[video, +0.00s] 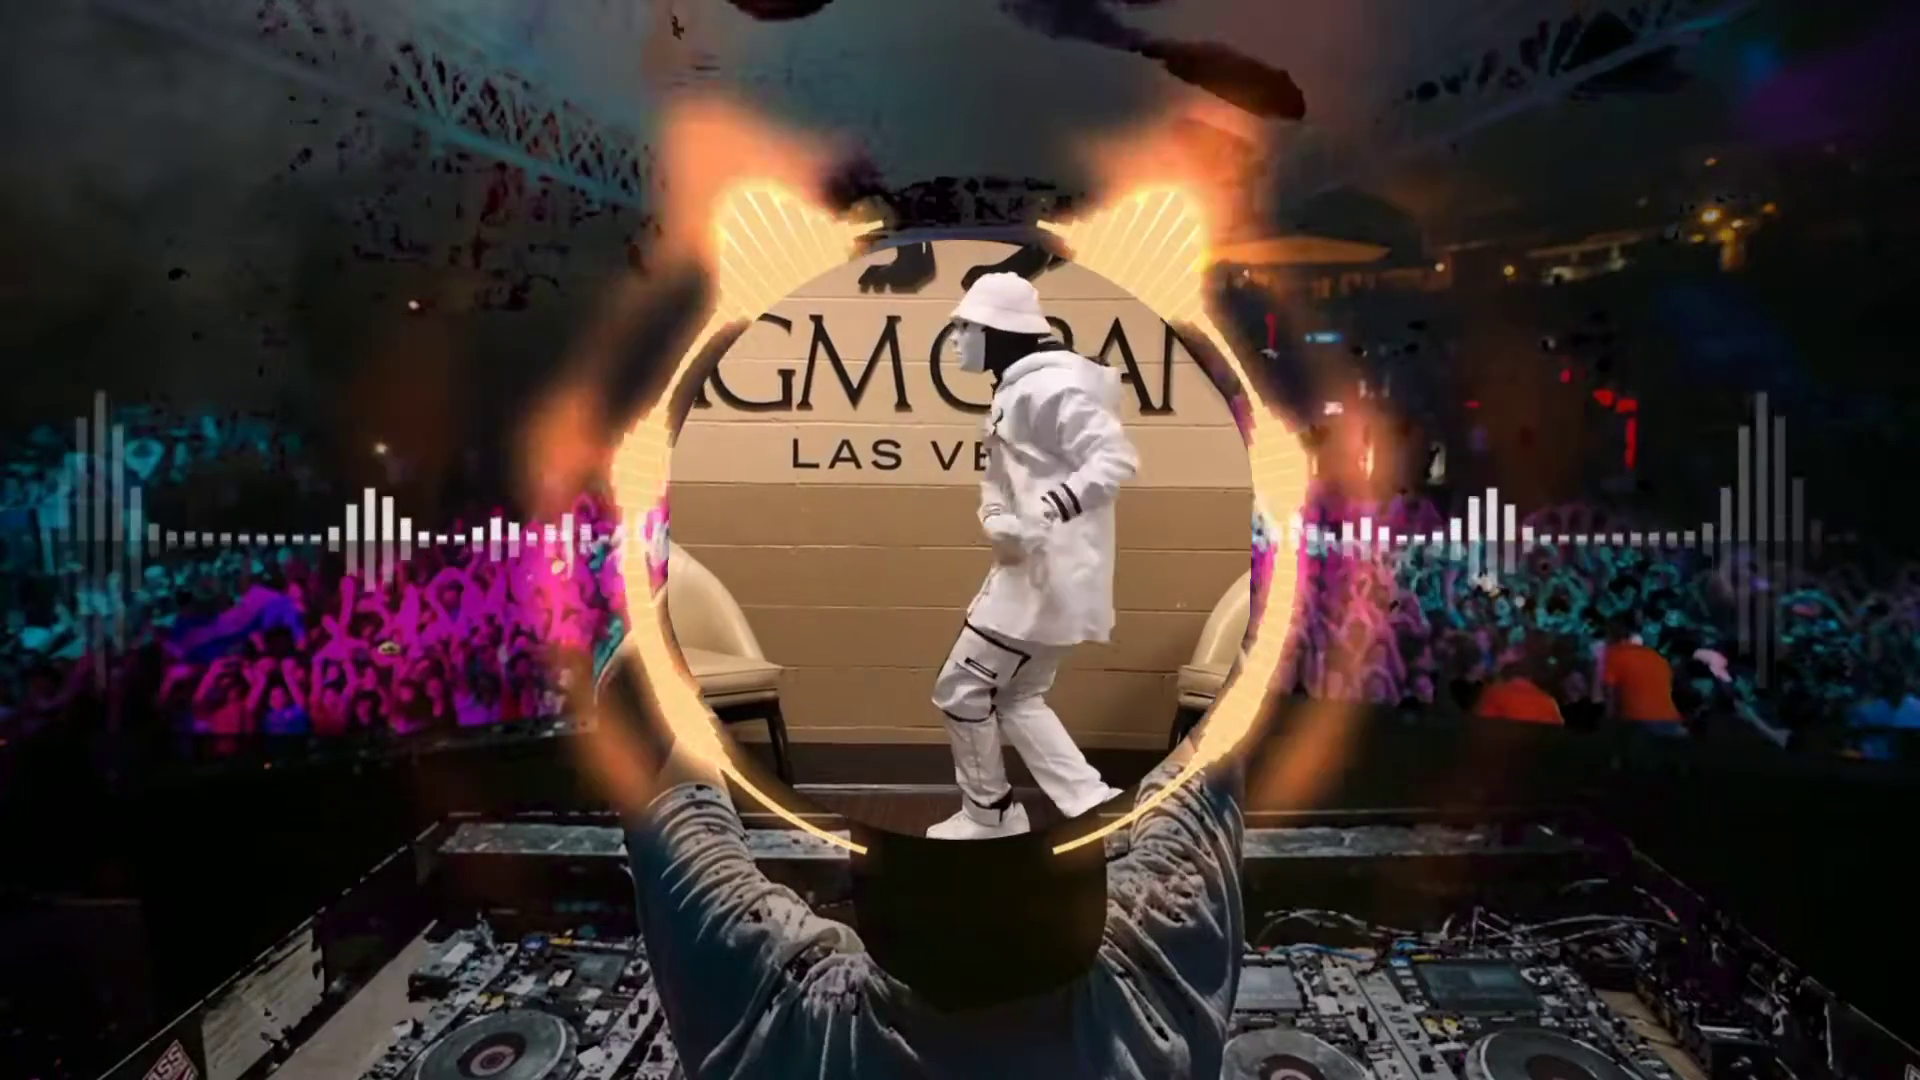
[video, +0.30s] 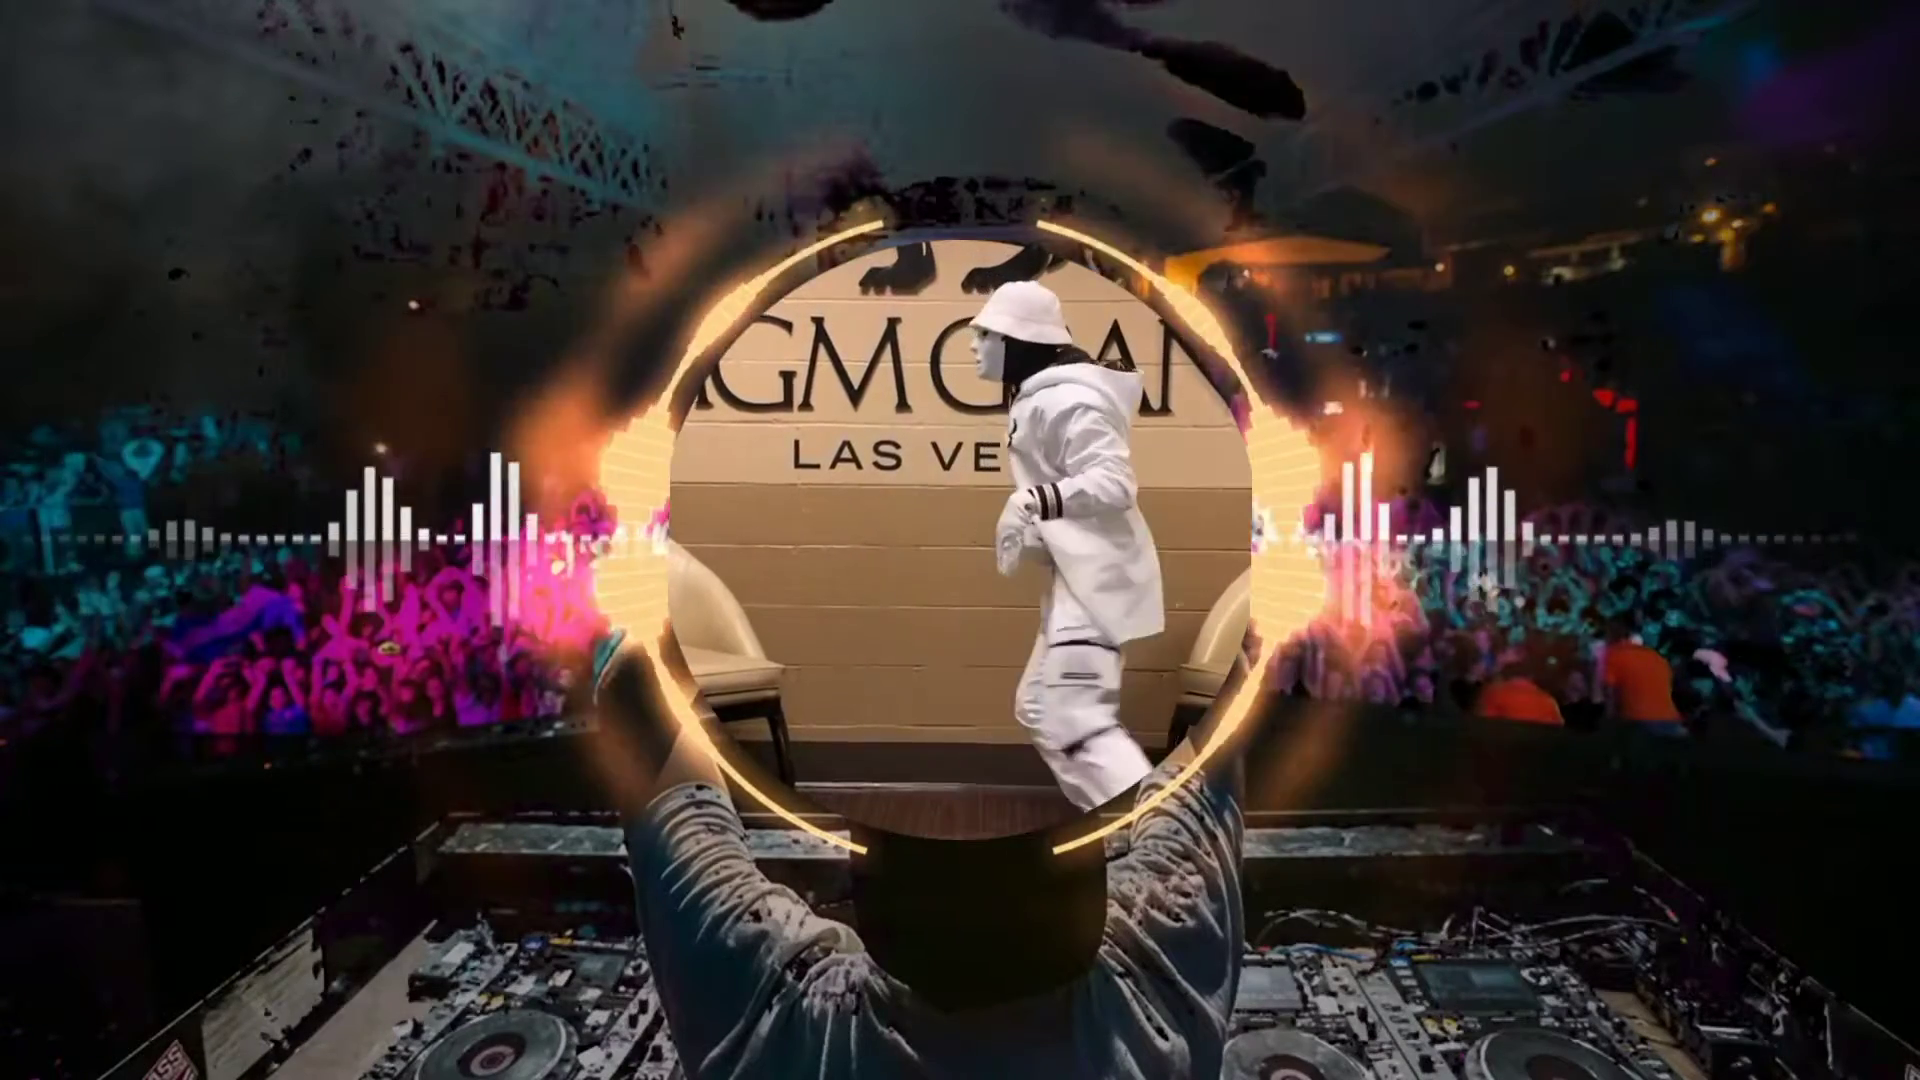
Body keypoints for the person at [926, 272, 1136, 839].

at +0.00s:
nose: (958, 338)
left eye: (967, 328)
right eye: (960, 327)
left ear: (1000, 331)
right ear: (1008, 331)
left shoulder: (1050, 386)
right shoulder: (1025, 387)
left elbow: (1112, 459)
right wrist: (1011, 508)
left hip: (1039, 580)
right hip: (1047, 580)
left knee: (963, 692)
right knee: (1017, 699)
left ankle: (988, 814)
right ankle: (1092, 803)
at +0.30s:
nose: (979, 350)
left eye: (988, 339)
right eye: (980, 339)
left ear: (1020, 344)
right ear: (1027, 345)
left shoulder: (1070, 398)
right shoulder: (1039, 402)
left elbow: (1114, 482)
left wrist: (1035, 500)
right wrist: (1031, 521)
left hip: (1099, 580)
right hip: (1074, 581)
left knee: (1069, 707)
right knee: (1040, 704)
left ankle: (1155, 815)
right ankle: (1123, 820)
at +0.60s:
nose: (1071, 376)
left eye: (1084, 364)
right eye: (1060, 364)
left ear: (1107, 371)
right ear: (1048, 372)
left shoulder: (1143, 423)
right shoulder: (1022, 433)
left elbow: (1140, 474)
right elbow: (1005, 512)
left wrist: (1053, 478)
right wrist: (1035, 527)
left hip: (1138, 605)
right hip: (1056, 617)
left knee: (1163, 719)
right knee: (1036, 750)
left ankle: (1177, 830)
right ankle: (1105, 824)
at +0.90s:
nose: (1095, 482)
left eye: (1109, 469)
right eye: (1082, 470)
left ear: (1127, 477)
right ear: (1065, 477)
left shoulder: (1159, 522)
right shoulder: (1033, 532)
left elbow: (1156, 550)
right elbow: (1032, 587)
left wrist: (1066, 557)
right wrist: (1053, 622)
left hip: (1144, 706)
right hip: (1068, 724)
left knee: (1152, 702)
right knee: (1066, 864)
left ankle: (1154, 834)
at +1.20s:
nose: (1089, 497)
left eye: (1103, 484)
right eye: (1075, 484)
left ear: (1122, 493)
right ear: (1060, 493)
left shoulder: (1151, 535)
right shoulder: (1029, 546)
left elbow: (1154, 562)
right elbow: (1024, 590)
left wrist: (1057, 574)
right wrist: (1037, 625)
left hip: (1140, 725)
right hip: (1065, 743)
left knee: (1165, 707)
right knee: (1056, 871)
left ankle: (1159, 836)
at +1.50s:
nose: (1095, 498)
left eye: (1110, 485)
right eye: (1082, 486)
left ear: (1128, 494)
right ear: (1066, 494)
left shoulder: (1157, 540)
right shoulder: (1027, 550)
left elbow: (1166, 576)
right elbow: (1016, 613)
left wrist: (1068, 595)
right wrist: (1044, 662)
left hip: (1138, 732)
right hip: (1064, 743)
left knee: (1165, 707)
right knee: (1057, 870)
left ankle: (1162, 835)